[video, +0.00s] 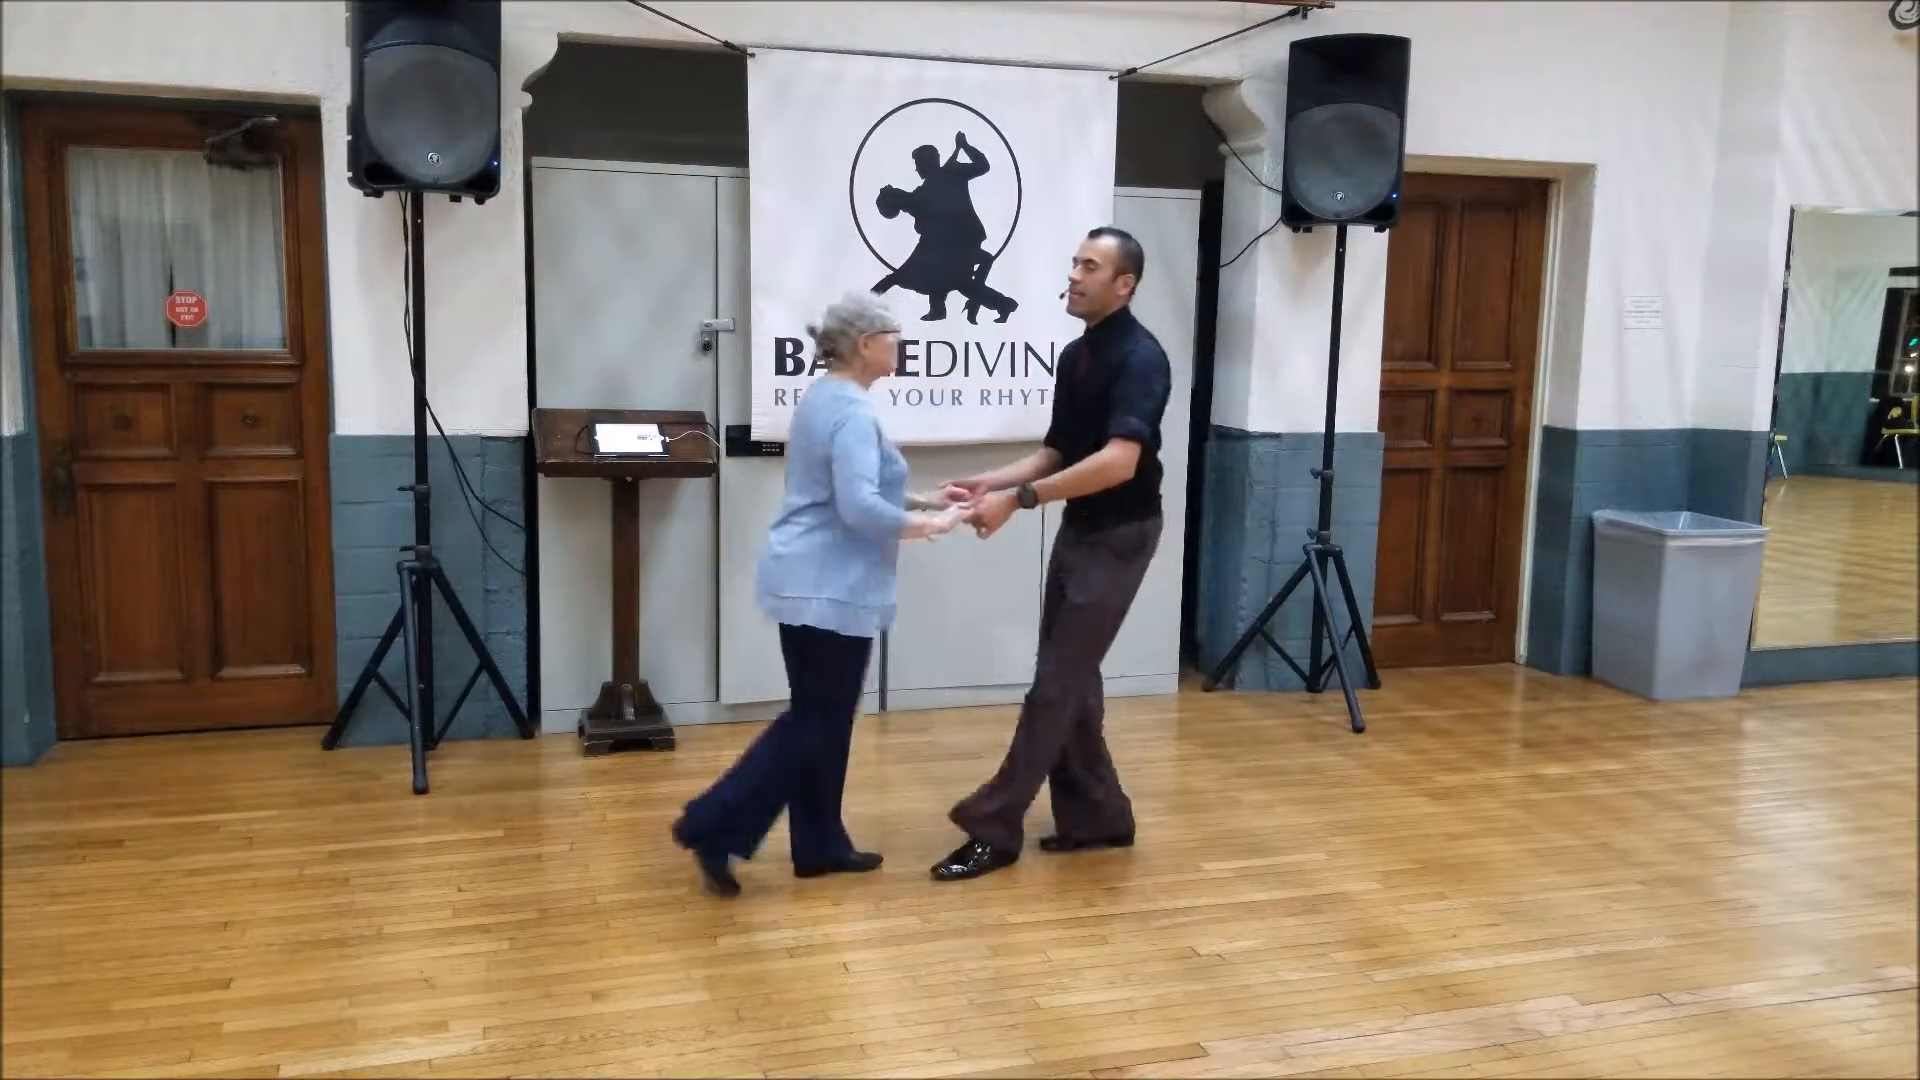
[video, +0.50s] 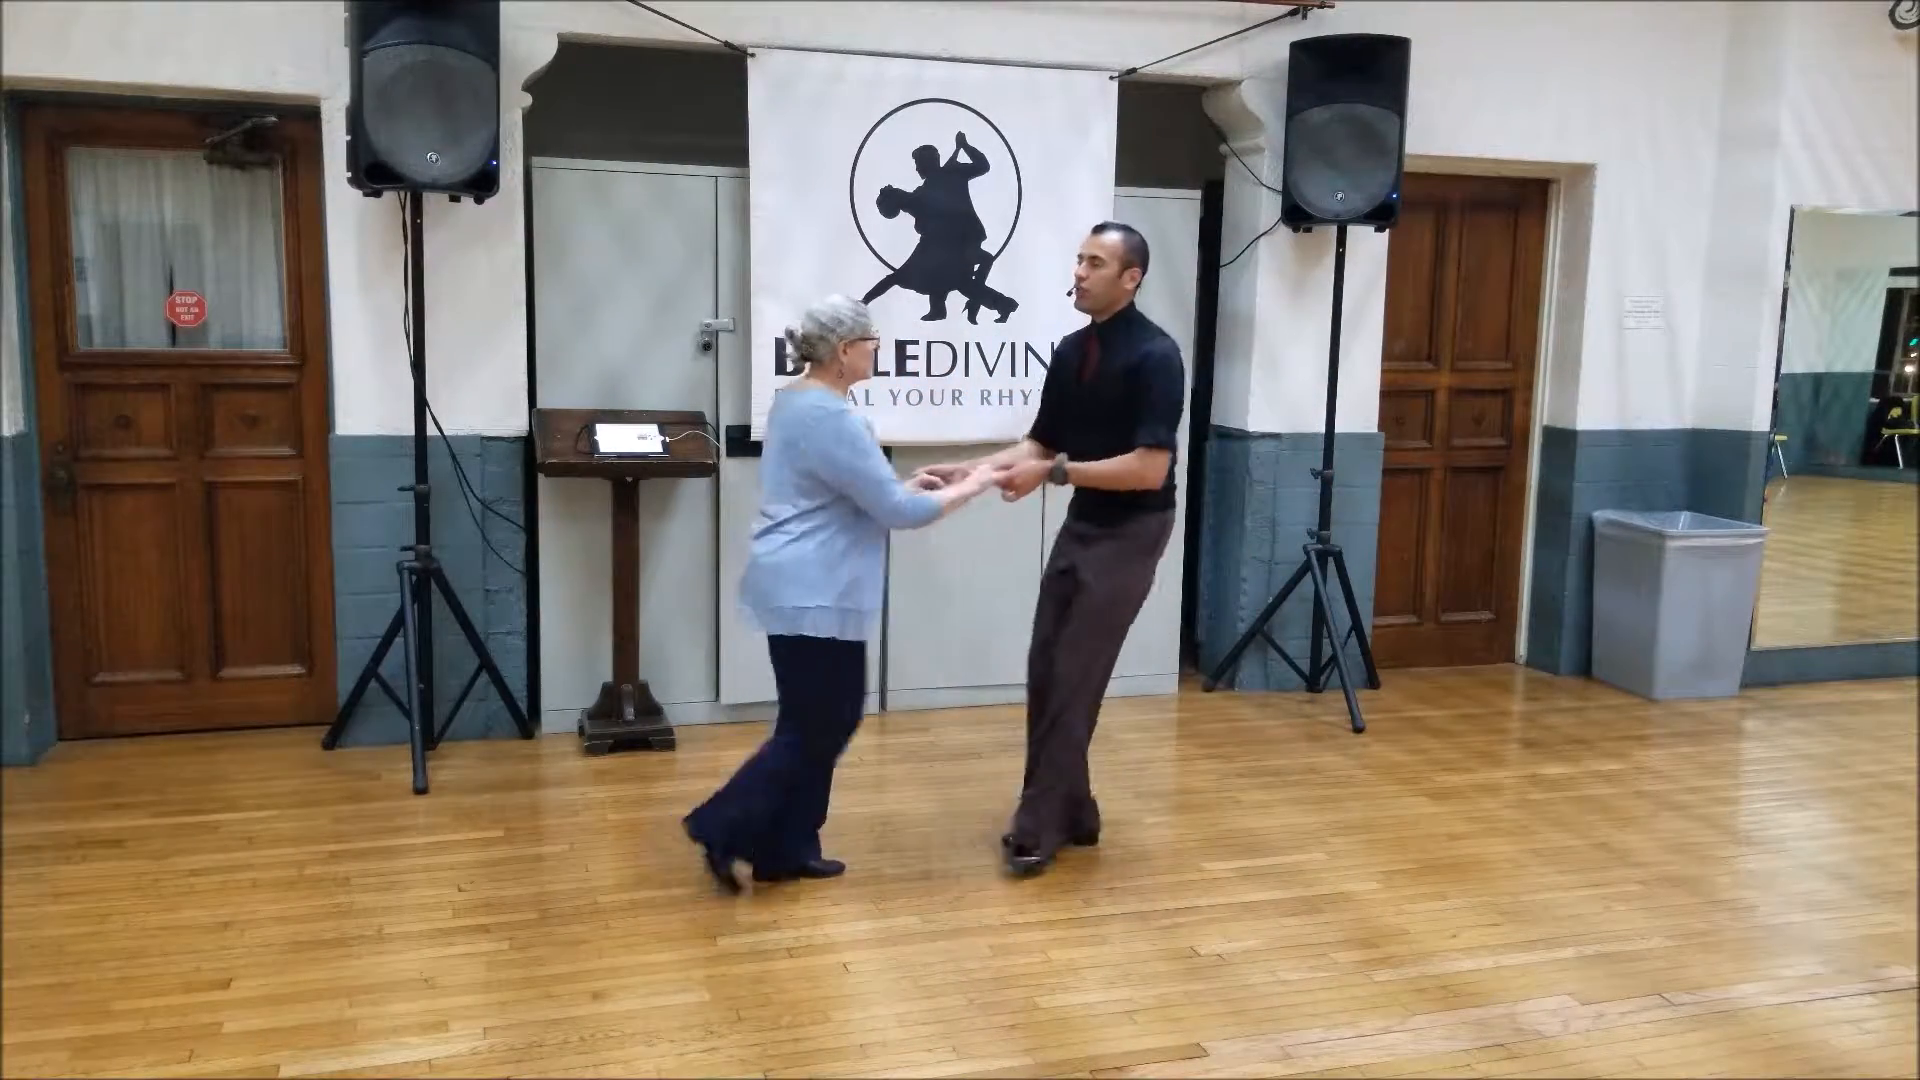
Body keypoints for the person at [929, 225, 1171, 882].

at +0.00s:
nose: (1073, 275)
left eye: (1088, 267)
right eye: (1075, 264)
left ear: (1125, 283)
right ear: (1081, 276)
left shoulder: (1140, 356)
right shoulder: (1078, 353)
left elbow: (1120, 461)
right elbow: (1057, 451)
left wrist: (1020, 497)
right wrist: (990, 482)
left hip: (1121, 532)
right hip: (1080, 525)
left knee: (1060, 674)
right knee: (1065, 672)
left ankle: (997, 830)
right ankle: (1097, 817)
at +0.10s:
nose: (1064, 276)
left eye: (1079, 268)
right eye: (1064, 265)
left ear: (1115, 284)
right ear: (1067, 275)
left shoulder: (1128, 360)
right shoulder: (1066, 353)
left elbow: (1104, 469)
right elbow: (1046, 454)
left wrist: (1004, 502)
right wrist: (980, 484)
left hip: (1111, 539)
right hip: (1068, 530)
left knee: (1058, 685)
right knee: (1026, 671)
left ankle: (996, 836)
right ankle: (1088, 801)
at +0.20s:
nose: (1059, 279)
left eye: (1075, 271)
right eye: (1060, 268)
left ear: (1111, 287)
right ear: (1063, 277)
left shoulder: (1123, 364)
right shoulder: (1061, 355)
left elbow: (1096, 478)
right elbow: (1042, 457)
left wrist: (997, 505)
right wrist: (976, 486)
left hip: (1110, 539)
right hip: (1065, 531)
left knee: (1059, 687)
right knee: (1008, 666)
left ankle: (1001, 835)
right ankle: (1077, 788)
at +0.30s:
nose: (1061, 282)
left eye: (1077, 274)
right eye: (1062, 271)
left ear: (1114, 289)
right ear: (1063, 280)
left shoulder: (1130, 368)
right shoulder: (1059, 359)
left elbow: (1105, 482)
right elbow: (1034, 455)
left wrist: (1005, 496)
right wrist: (971, 482)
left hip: (1113, 540)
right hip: (1065, 532)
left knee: (1064, 686)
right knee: (1015, 675)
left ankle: (1005, 834)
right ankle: (1061, 804)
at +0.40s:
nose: (1066, 279)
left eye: (1082, 271)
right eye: (1067, 268)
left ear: (1119, 286)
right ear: (1069, 276)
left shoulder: (1139, 364)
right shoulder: (1061, 357)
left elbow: (1120, 478)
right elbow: (1033, 452)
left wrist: (1019, 488)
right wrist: (964, 479)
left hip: (1118, 536)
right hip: (1071, 528)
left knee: (1066, 680)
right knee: (1031, 674)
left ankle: (1010, 833)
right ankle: (1068, 810)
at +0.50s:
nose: (1079, 272)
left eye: (1094, 265)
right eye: (1080, 261)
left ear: (1131, 277)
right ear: (1081, 269)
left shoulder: (1156, 355)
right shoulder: (1071, 351)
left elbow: (1152, 468)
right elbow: (1041, 446)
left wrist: (1056, 471)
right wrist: (966, 473)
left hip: (1132, 531)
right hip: (1082, 524)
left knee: (1074, 669)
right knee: (1047, 667)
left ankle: (1035, 829)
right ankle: (1074, 812)